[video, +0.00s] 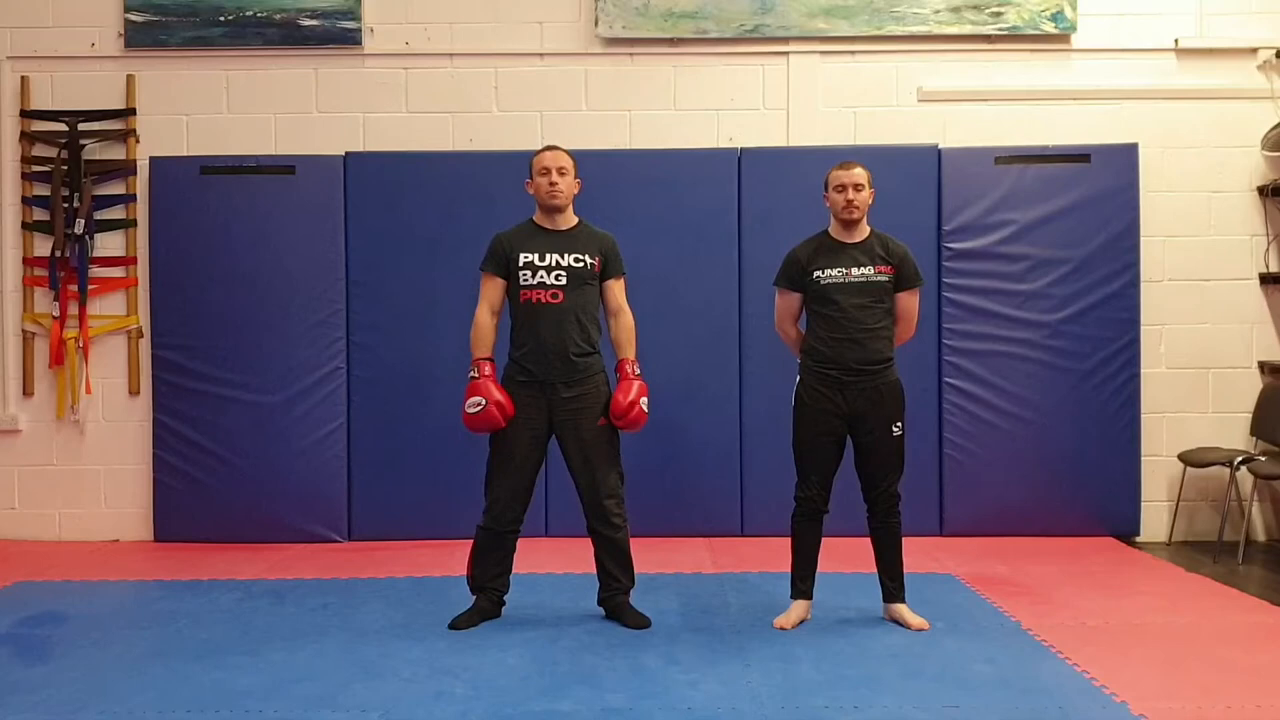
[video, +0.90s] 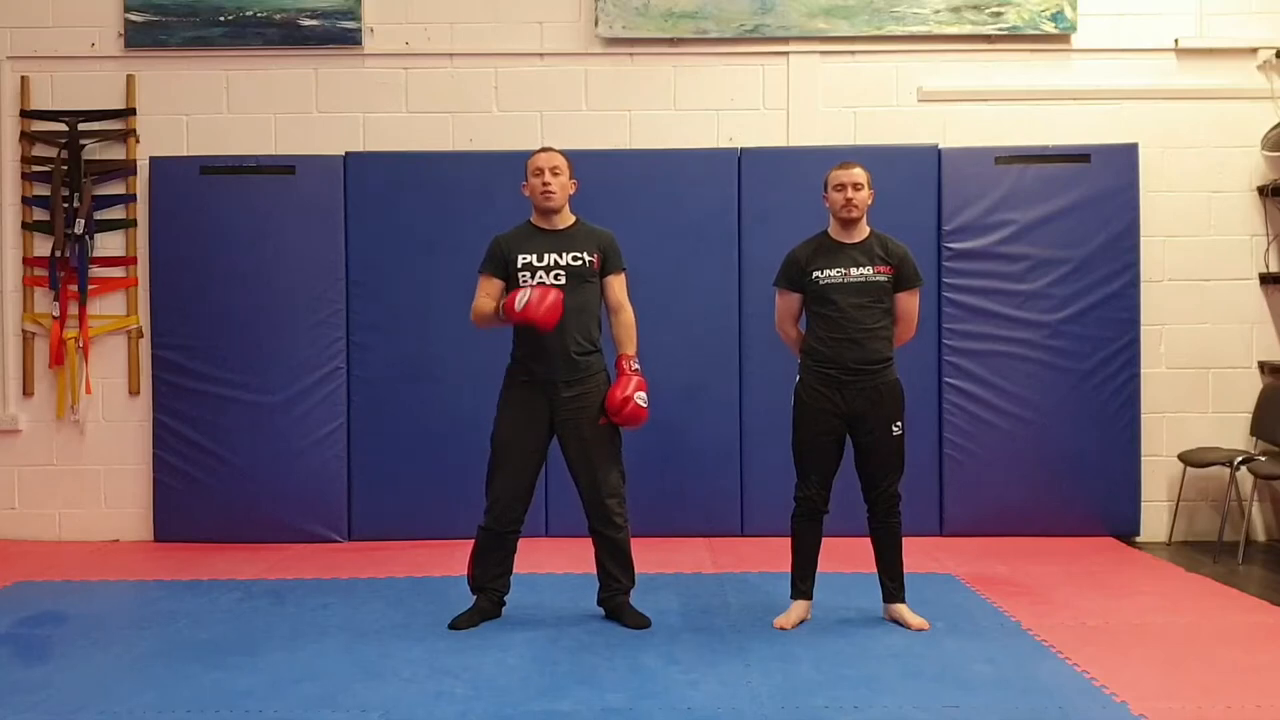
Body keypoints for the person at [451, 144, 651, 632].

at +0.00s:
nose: (553, 180)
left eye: (562, 173)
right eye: (545, 174)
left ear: (576, 184)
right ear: (531, 185)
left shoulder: (601, 244)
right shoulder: (508, 243)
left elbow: (618, 312)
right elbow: (488, 311)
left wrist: (629, 373)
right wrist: (482, 372)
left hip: (586, 389)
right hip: (522, 388)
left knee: (606, 498)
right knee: (503, 500)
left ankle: (616, 596)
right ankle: (488, 597)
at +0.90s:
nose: (546, 181)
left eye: (554, 173)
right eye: (538, 174)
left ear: (572, 184)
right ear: (526, 187)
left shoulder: (600, 242)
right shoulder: (507, 245)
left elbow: (620, 309)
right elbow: (481, 312)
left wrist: (629, 369)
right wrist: (509, 309)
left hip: (587, 388)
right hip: (526, 389)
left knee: (607, 497)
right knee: (504, 497)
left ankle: (617, 597)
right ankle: (488, 598)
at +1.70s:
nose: (553, 180)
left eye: (561, 173)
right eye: (544, 173)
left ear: (575, 184)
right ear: (530, 186)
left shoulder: (600, 243)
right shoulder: (509, 244)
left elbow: (622, 309)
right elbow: (490, 314)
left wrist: (630, 370)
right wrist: (477, 377)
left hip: (588, 388)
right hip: (525, 389)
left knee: (608, 499)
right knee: (504, 500)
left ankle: (616, 597)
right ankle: (488, 597)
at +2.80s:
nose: (547, 176)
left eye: (557, 171)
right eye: (540, 170)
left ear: (574, 187)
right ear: (528, 185)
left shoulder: (598, 240)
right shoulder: (507, 245)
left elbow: (628, 305)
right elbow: (477, 300)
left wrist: (650, 364)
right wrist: (474, 307)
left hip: (584, 388)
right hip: (522, 390)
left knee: (605, 499)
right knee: (503, 500)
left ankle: (616, 598)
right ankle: (488, 598)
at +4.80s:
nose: (544, 179)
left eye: (553, 172)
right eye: (536, 172)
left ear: (571, 183)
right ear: (525, 184)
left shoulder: (599, 241)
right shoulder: (507, 245)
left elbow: (617, 308)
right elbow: (488, 315)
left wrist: (627, 371)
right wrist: (478, 376)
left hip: (586, 390)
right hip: (523, 390)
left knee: (606, 500)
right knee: (504, 500)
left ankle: (616, 597)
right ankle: (488, 597)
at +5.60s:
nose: (556, 173)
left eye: (562, 166)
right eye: (545, 168)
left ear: (576, 181)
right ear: (530, 186)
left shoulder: (601, 239)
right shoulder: (508, 238)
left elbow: (626, 303)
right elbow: (478, 298)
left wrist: (635, 364)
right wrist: (516, 318)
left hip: (587, 387)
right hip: (527, 388)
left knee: (607, 498)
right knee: (505, 497)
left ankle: (616, 597)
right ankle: (488, 597)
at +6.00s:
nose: (548, 184)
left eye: (559, 176)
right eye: (541, 175)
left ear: (576, 185)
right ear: (530, 181)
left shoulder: (599, 241)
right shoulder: (510, 237)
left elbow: (636, 297)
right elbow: (464, 283)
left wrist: (636, 336)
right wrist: (508, 319)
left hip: (587, 387)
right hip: (527, 386)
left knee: (608, 498)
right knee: (505, 496)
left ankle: (616, 597)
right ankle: (488, 597)